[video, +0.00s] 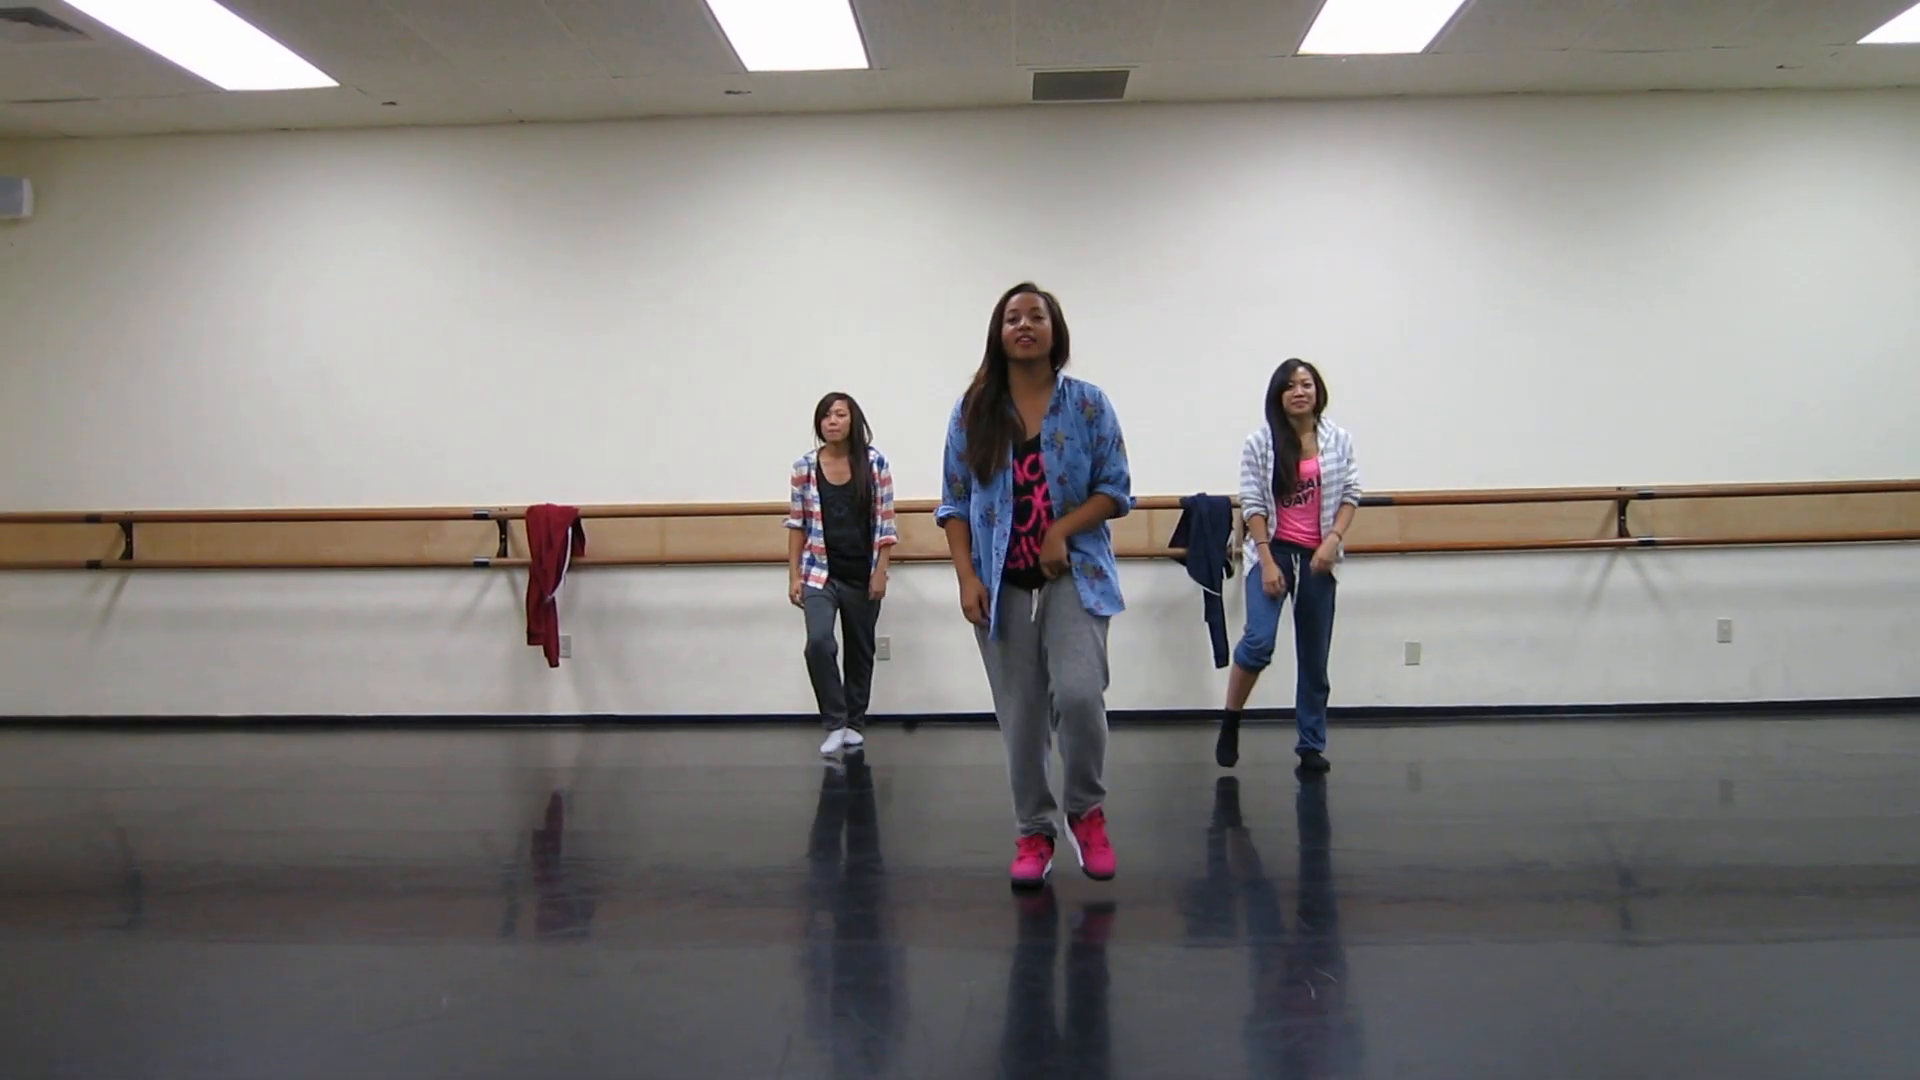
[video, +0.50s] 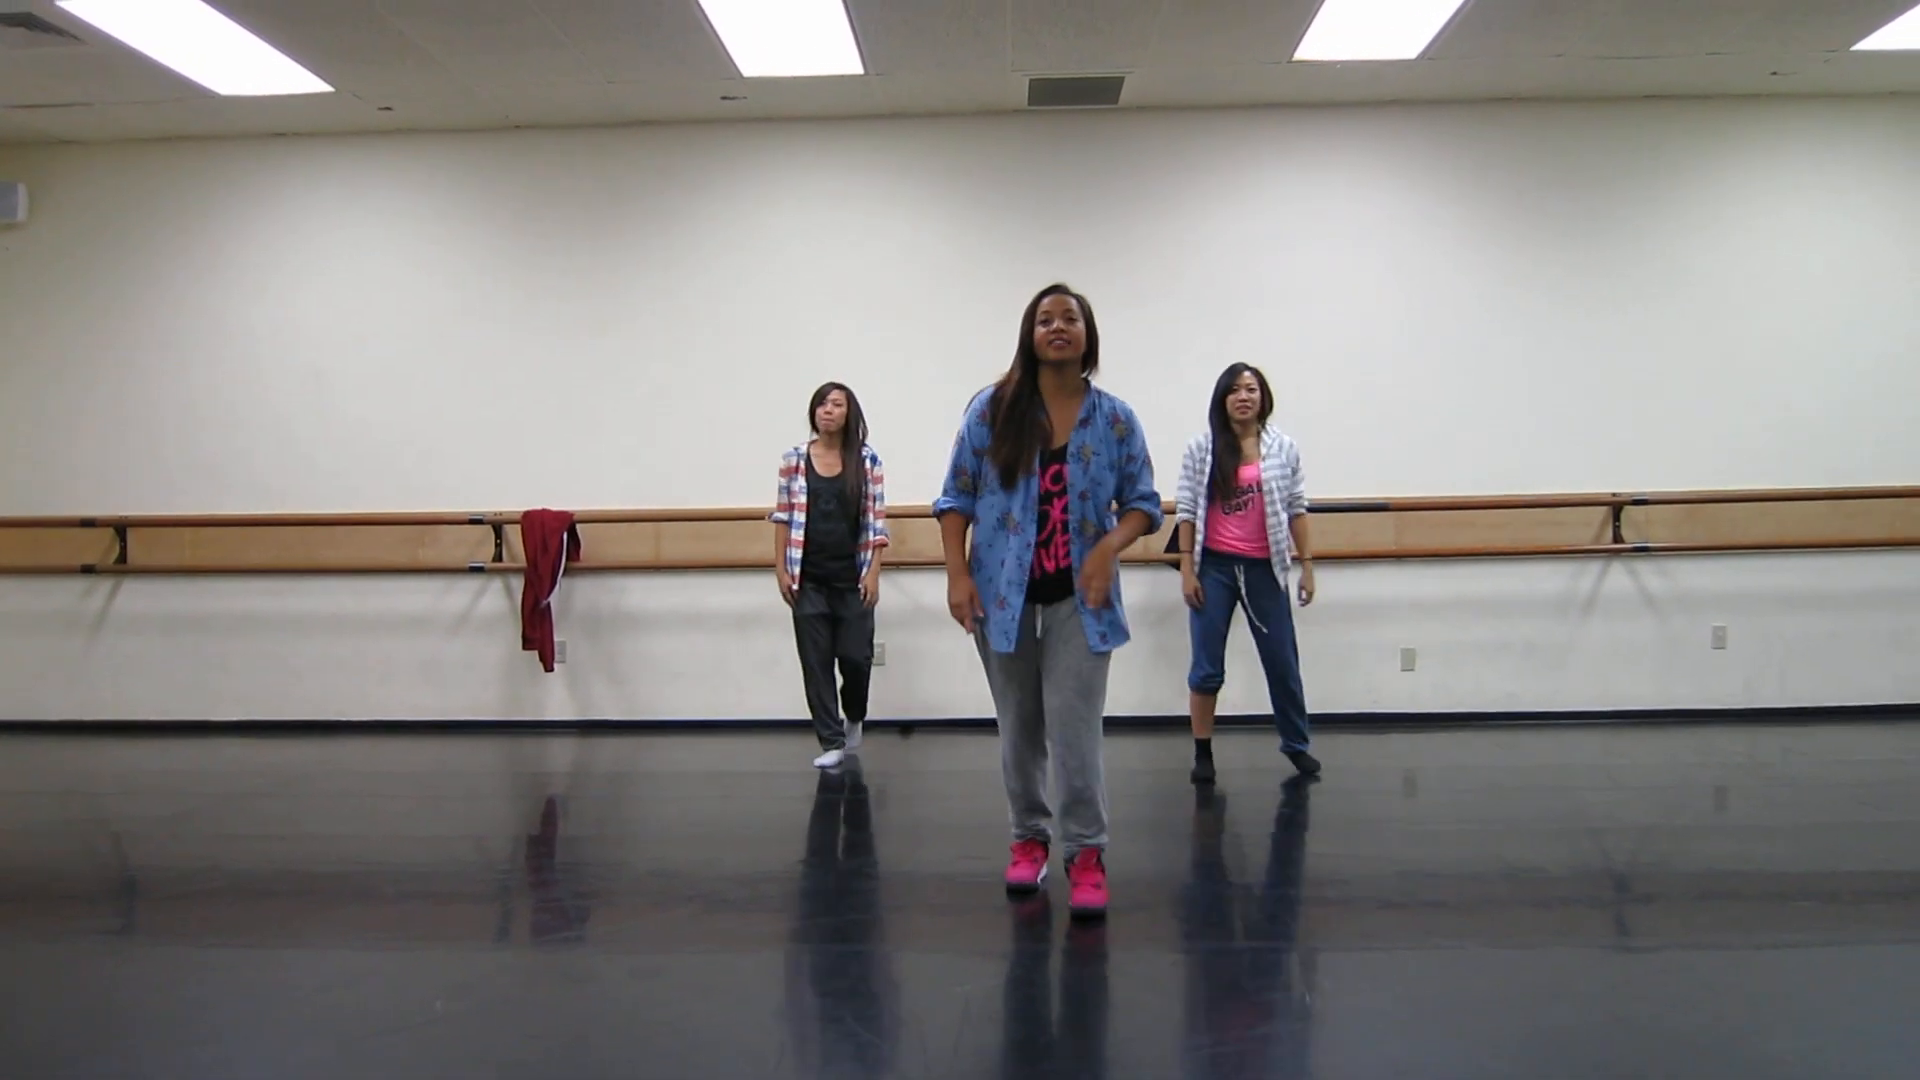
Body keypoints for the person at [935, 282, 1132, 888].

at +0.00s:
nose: (1024, 324)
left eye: (1036, 316)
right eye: (1013, 317)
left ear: (1056, 331)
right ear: (997, 334)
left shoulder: (1087, 402)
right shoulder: (972, 410)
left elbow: (1116, 490)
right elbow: (954, 502)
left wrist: (1062, 528)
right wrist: (966, 576)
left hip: (1074, 576)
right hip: (1002, 583)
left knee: (1078, 694)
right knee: (1019, 714)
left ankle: (1086, 815)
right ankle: (1034, 831)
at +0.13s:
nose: (1030, 322)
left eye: (1042, 314)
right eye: (1019, 315)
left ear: (1061, 329)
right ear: (1002, 331)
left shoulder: (1090, 402)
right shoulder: (972, 405)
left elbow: (1114, 494)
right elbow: (952, 501)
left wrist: (1059, 530)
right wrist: (967, 577)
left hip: (1073, 583)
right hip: (1001, 587)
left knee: (1078, 714)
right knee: (1018, 718)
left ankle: (1087, 841)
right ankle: (1032, 835)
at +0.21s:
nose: (1036, 327)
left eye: (1048, 318)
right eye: (1024, 319)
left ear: (1067, 333)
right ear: (1007, 334)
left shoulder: (1094, 408)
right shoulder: (974, 409)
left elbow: (1115, 499)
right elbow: (953, 504)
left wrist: (1062, 539)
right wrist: (965, 583)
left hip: (1073, 591)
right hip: (1000, 594)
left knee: (1073, 727)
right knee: (1017, 725)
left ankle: (1085, 851)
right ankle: (1031, 838)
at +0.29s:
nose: (1042, 329)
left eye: (1053, 320)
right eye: (1030, 321)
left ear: (1072, 334)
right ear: (1013, 335)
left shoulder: (1098, 413)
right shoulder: (980, 410)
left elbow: (1120, 507)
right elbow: (955, 507)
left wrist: (1067, 547)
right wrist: (962, 587)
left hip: (1074, 597)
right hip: (999, 598)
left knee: (1069, 730)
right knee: (1016, 729)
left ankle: (1082, 854)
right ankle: (1029, 840)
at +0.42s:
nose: (1051, 327)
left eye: (1062, 318)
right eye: (1039, 318)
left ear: (1081, 332)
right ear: (1021, 333)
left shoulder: (1106, 414)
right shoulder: (985, 406)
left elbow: (1131, 505)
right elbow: (955, 498)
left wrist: (1088, 542)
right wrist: (961, 576)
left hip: (1074, 598)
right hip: (1001, 600)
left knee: (1072, 729)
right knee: (1019, 730)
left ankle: (1086, 854)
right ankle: (1030, 841)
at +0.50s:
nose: (1058, 326)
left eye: (1070, 318)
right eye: (1046, 318)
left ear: (1088, 333)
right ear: (1028, 335)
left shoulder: (1114, 417)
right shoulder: (992, 409)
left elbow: (1142, 506)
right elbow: (955, 499)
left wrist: (1108, 549)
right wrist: (959, 573)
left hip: (1078, 600)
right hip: (1004, 601)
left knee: (1074, 727)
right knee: (1019, 729)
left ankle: (1085, 854)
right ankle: (1029, 839)